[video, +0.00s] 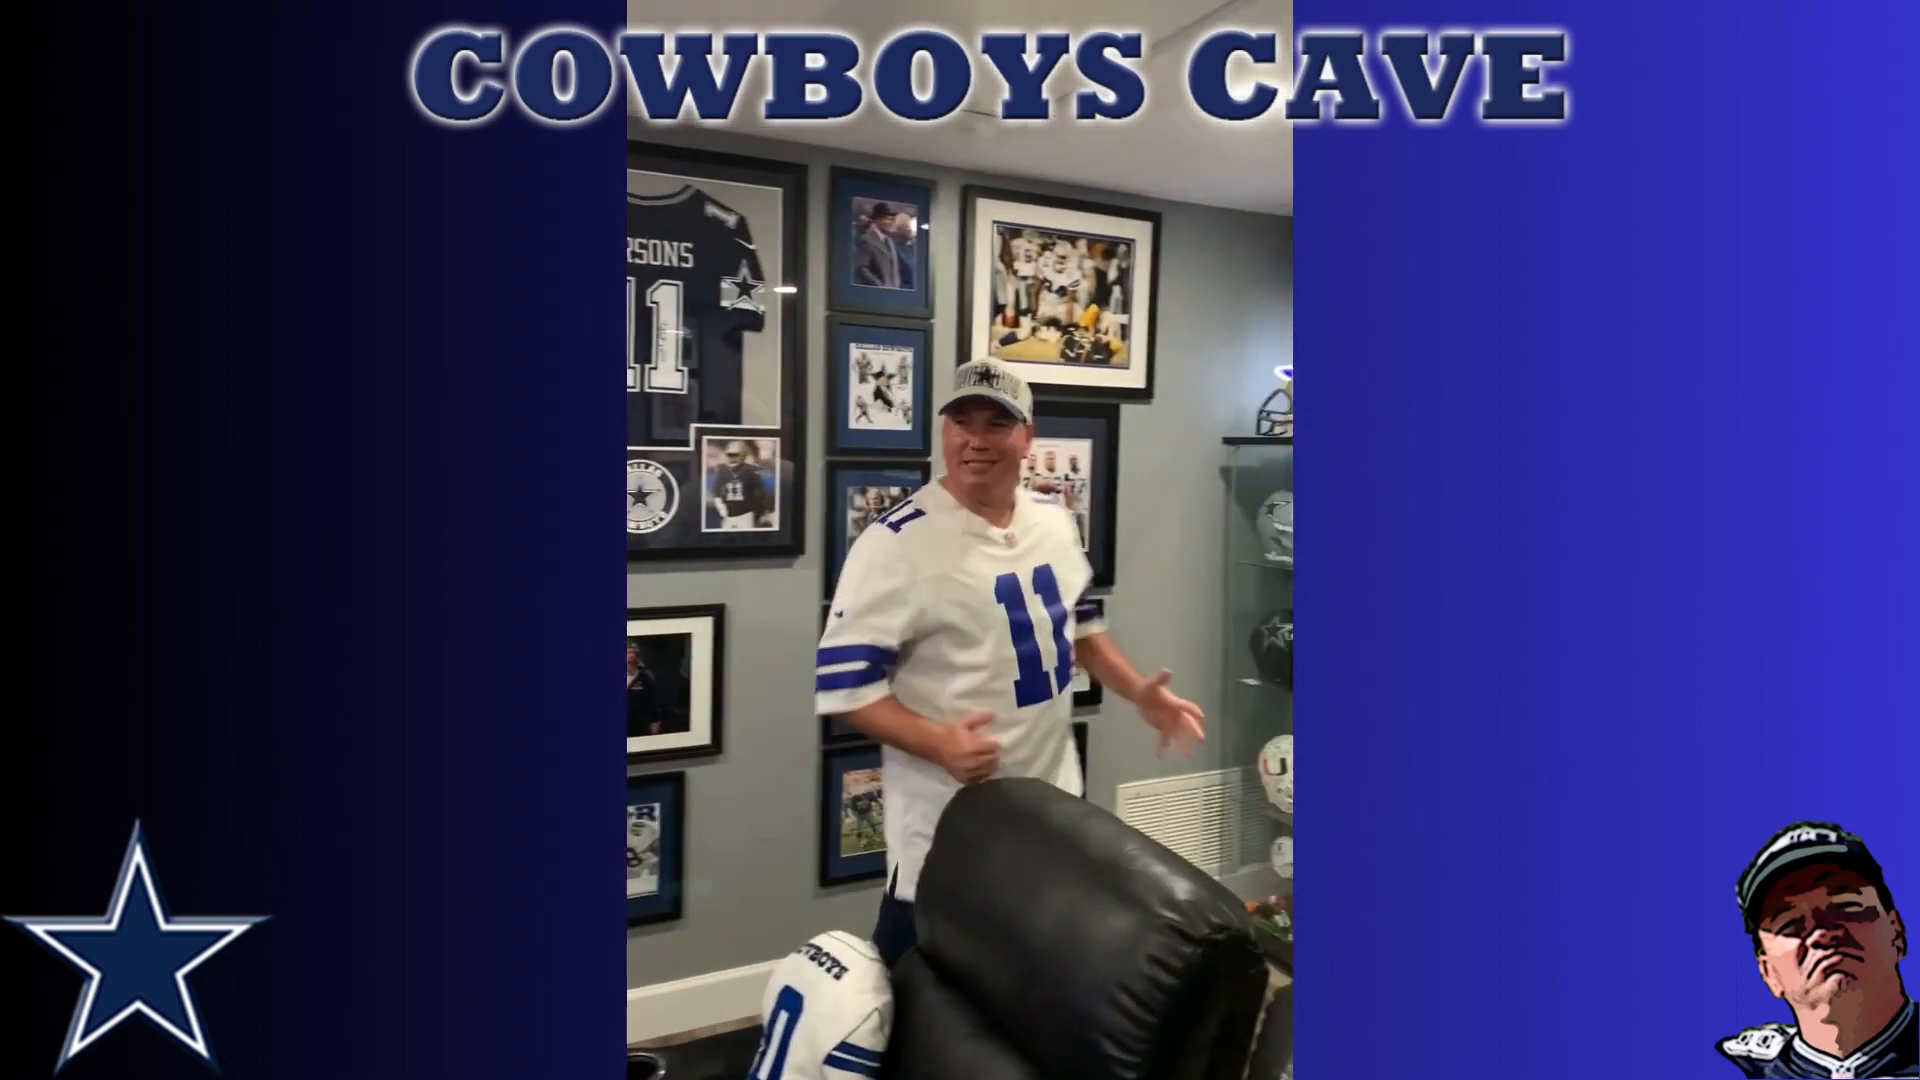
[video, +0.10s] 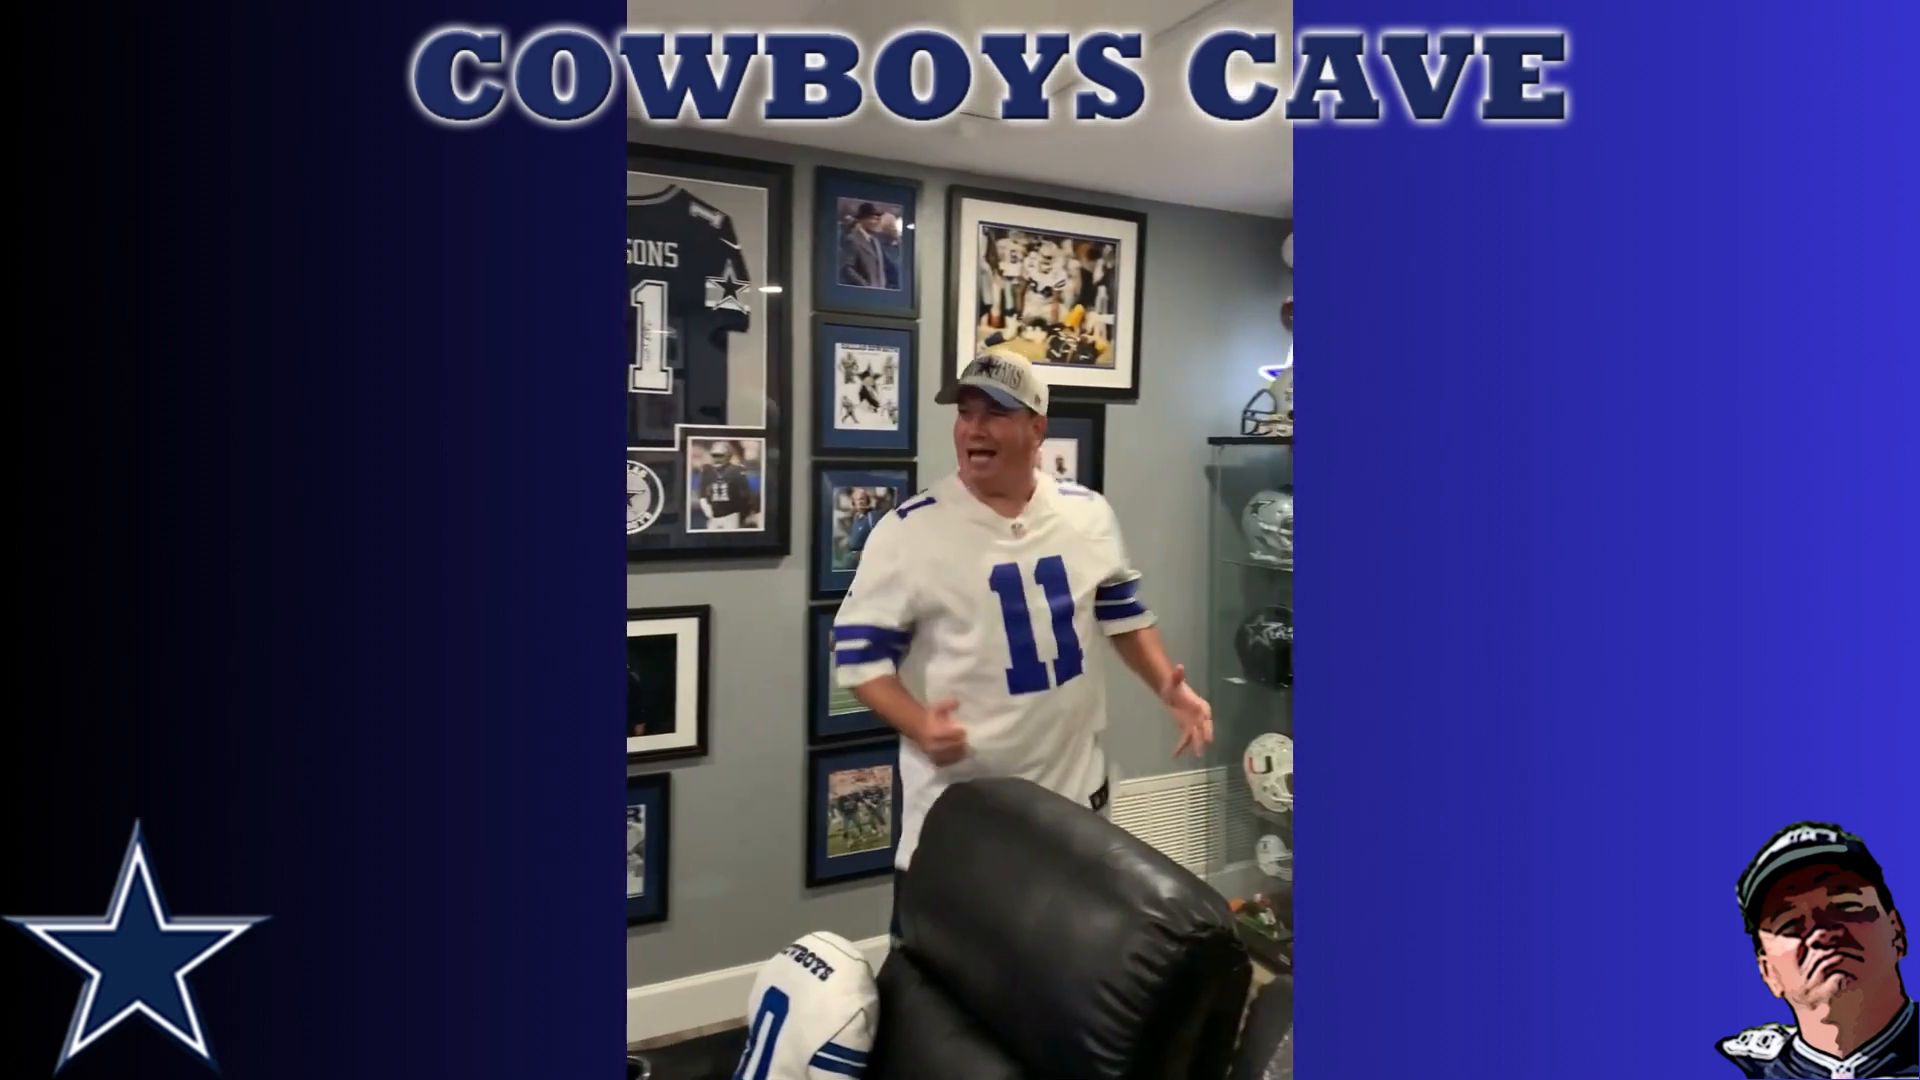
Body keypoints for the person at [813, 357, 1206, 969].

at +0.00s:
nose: (976, 439)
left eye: (997, 423)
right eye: (962, 422)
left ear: (1027, 440)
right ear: (941, 433)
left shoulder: (1054, 525)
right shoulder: (895, 546)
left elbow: (1081, 630)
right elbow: (846, 686)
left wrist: (1137, 690)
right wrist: (937, 740)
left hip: (1051, 822)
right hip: (944, 832)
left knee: (1050, 983)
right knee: (933, 996)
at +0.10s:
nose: (975, 429)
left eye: (997, 412)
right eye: (966, 411)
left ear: (1037, 429)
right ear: (954, 421)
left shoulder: (1087, 516)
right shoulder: (907, 536)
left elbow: (1124, 616)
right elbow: (859, 657)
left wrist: (1164, 681)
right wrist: (917, 721)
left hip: (1074, 809)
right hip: (958, 817)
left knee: (1073, 975)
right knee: (948, 983)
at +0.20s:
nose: (966, 419)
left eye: (988, 403)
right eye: (961, 404)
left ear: (1036, 419)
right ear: (954, 412)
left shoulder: (1101, 510)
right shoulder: (915, 522)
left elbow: (1150, 607)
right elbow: (871, 632)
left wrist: (1174, 674)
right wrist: (903, 699)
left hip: (1083, 799)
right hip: (963, 806)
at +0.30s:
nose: (958, 418)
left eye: (978, 401)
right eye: (955, 403)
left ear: (1029, 418)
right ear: (949, 412)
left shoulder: (1101, 510)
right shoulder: (918, 519)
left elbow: (1157, 613)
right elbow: (878, 623)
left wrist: (1157, 678)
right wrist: (892, 688)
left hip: (1081, 798)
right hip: (962, 800)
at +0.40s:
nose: (949, 425)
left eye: (968, 409)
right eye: (947, 410)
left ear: (1019, 426)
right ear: (942, 418)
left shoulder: (1094, 513)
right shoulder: (916, 526)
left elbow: (1154, 614)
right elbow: (879, 625)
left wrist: (1140, 682)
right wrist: (884, 689)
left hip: (1076, 799)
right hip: (965, 800)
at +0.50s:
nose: (942, 429)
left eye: (962, 414)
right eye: (941, 415)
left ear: (1011, 428)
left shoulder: (1092, 513)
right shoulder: (924, 525)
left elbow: (1160, 616)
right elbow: (896, 624)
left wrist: (1127, 687)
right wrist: (883, 681)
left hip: (1071, 795)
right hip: (967, 796)